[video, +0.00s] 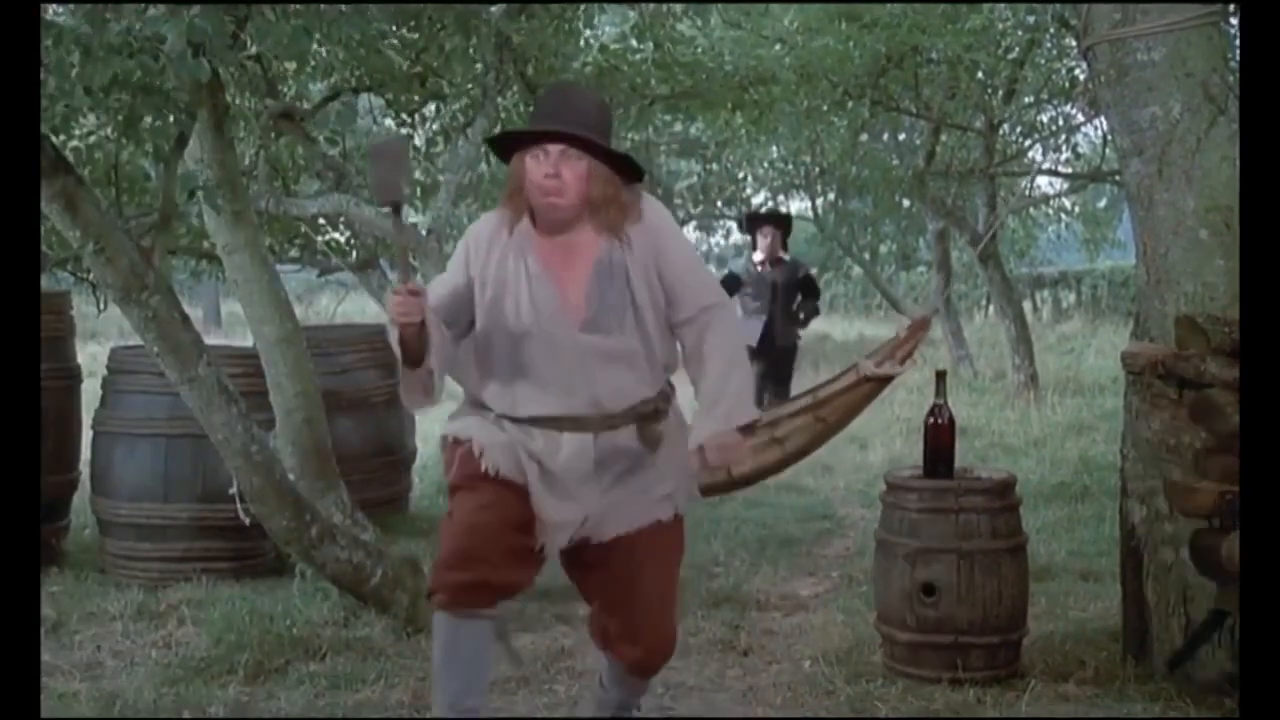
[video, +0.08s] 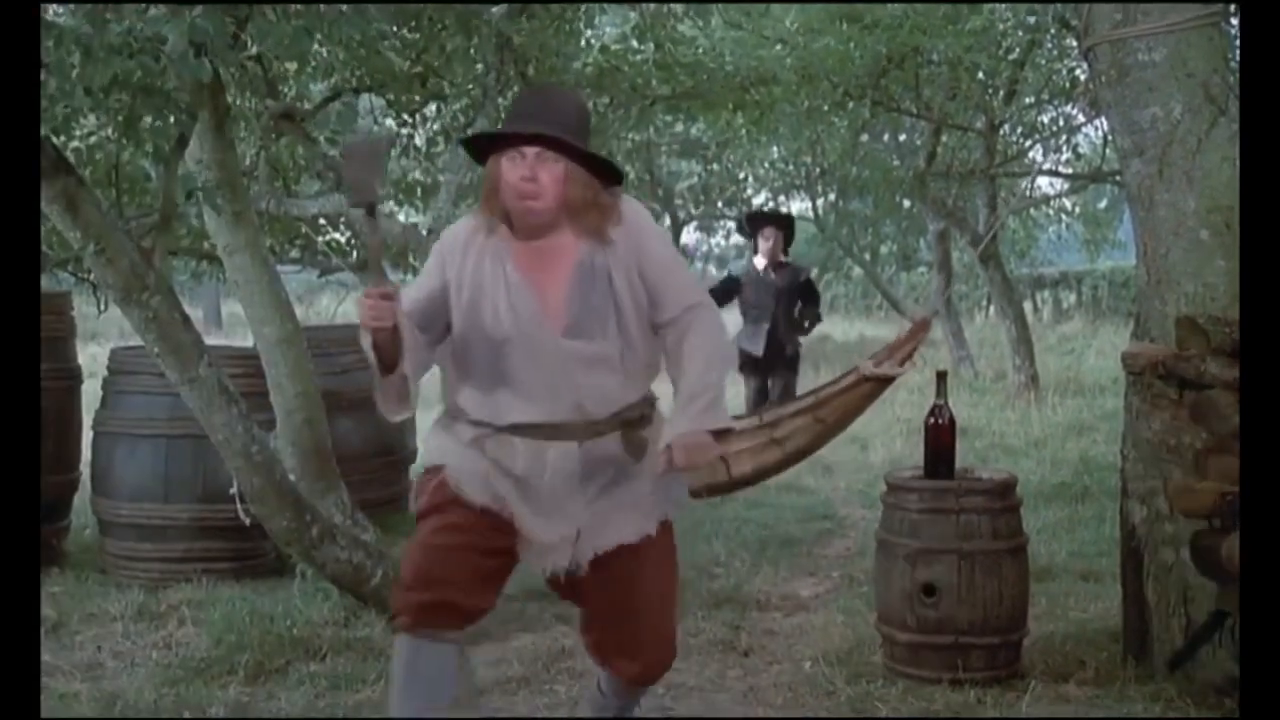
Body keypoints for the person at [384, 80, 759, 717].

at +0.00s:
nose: (551, 169)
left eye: (570, 155)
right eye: (538, 153)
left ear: (600, 170)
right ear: (517, 166)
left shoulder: (644, 228)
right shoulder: (489, 239)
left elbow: (710, 318)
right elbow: (433, 345)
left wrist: (723, 418)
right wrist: (413, 328)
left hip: (630, 455)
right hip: (508, 443)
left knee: (644, 641)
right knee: (465, 569)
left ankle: (617, 705)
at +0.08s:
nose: (528, 172)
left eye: (547, 158)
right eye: (514, 155)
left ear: (579, 172)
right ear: (492, 169)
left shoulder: (626, 231)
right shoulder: (463, 248)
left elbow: (694, 320)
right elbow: (408, 357)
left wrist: (697, 416)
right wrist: (386, 335)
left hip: (612, 466)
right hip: (486, 459)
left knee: (643, 653)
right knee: (427, 600)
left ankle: (613, 702)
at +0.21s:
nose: (458, 176)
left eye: (479, 161)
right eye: (443, 159)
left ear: (514, 177)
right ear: (419, 173)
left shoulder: (563, 244)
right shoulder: (384, 259)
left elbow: (643, 338)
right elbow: (333, 405)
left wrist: (656, 450)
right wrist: (307, 359)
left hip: (555, 492)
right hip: (414, 491)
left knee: (620, 669)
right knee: (348, 631)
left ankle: (618, 702)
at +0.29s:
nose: (406, 166)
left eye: (428, 151)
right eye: (392, 149)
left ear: (466, 171)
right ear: (369, 165)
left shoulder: (517, 246)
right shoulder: (331, 251)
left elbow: (589, 358)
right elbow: (272, 369)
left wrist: (623, 479)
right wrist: (242, 348)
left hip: (504, 499)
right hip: (365, 495)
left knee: (556, 691)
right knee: (318, 651)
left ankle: (598, 702)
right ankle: (358, 705)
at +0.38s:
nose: (378, 157)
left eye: (401, 142)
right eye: (364, 140)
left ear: (439, 162)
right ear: (340, 156)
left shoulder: (495, 241)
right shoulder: (302, 247)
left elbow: (573, 359)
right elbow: (241, 366)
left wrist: (600, 486)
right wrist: (206, 337)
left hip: (474, 499)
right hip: (337, 499)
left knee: (484, 681)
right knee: (302, 672)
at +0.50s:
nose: (327, 144)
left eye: (351, 127)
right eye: (312, 126)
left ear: (392, 147)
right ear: (288, 143)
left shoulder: (458, 226)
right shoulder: (252, 235)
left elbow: (547, 341)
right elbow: (188, 350)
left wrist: (570, 474)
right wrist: (149, 325)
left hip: (430, 471)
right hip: (294, 482)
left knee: (361, 647)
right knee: (268, 684)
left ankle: (380, 703)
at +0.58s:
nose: (282, 141)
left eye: (307, 124)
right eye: (268, 122)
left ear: (354, 145)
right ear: (247, 139)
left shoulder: (425, 222)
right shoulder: (208, 237)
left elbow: (525, 335)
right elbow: (128, 370)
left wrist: (559, 462)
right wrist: (100, 324)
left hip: (390, 497)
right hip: (254, 503)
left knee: (288, 692)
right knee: (248, 695)